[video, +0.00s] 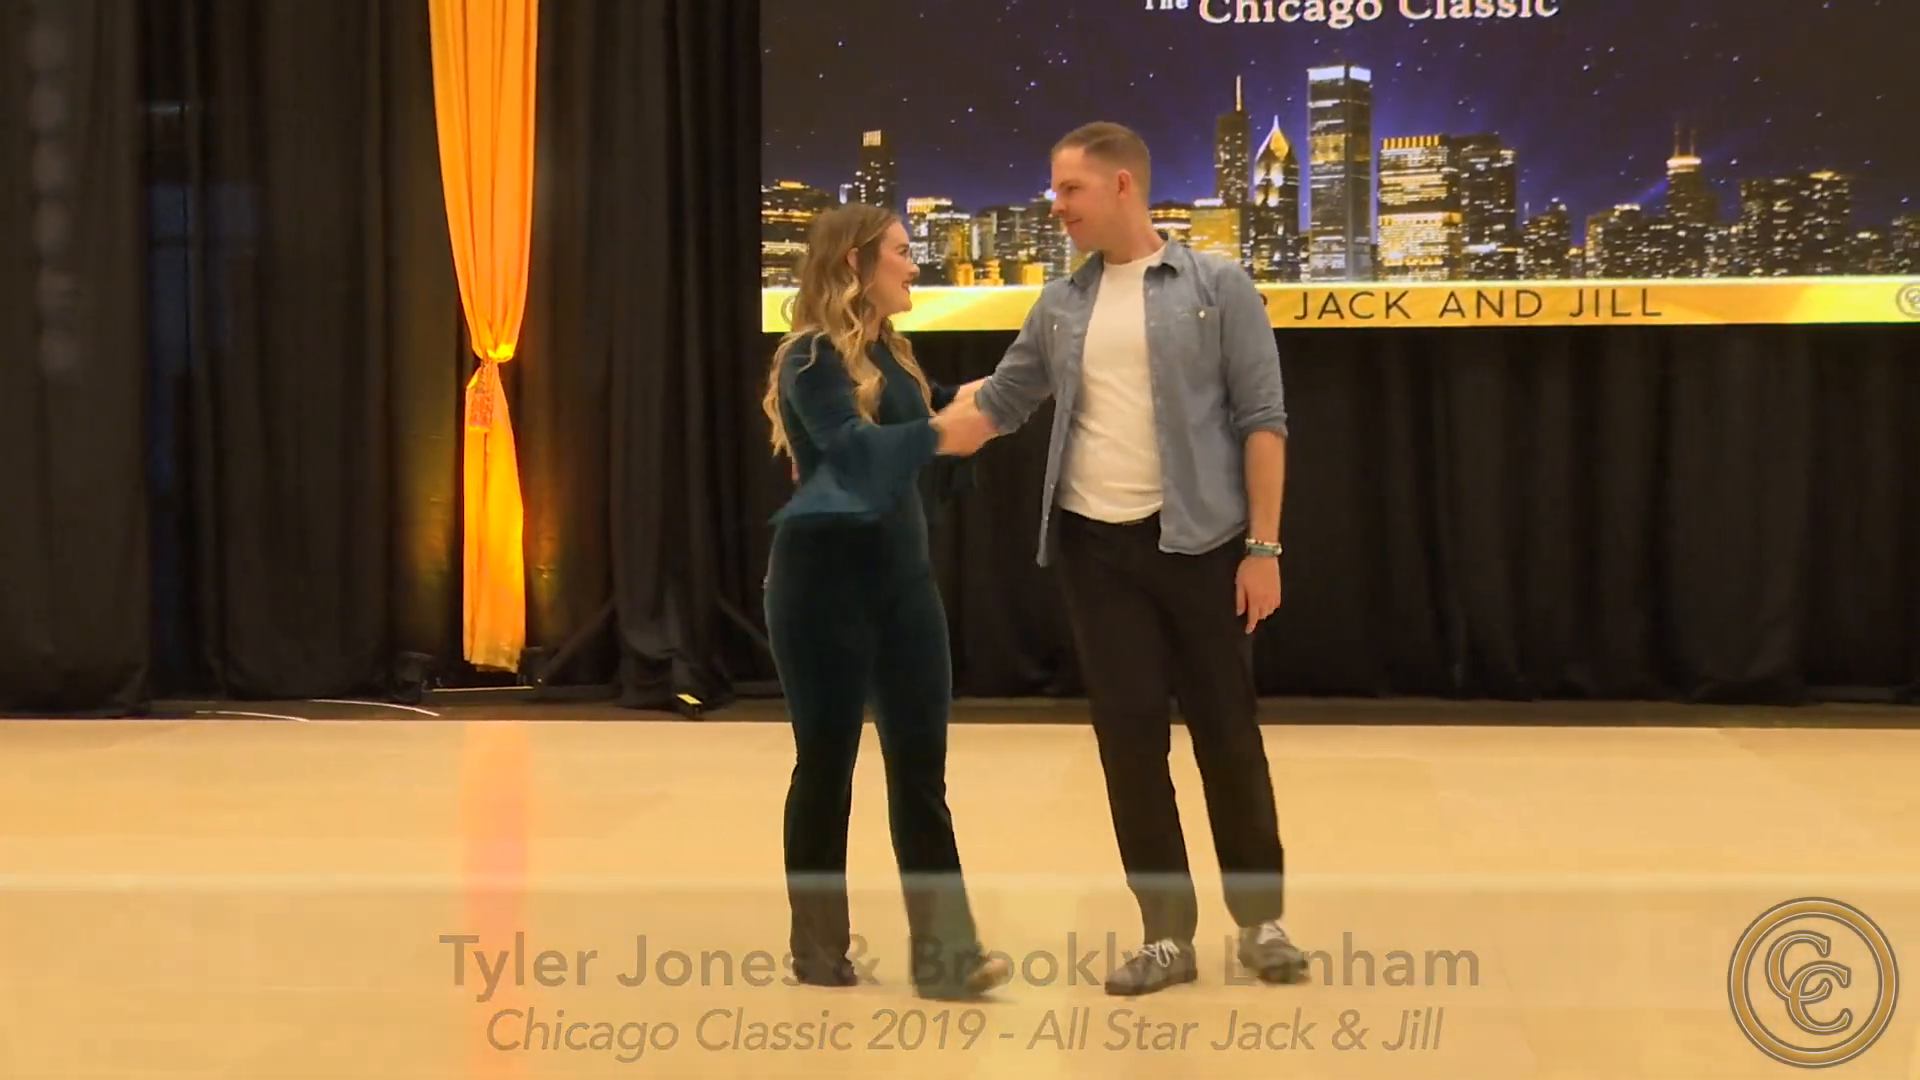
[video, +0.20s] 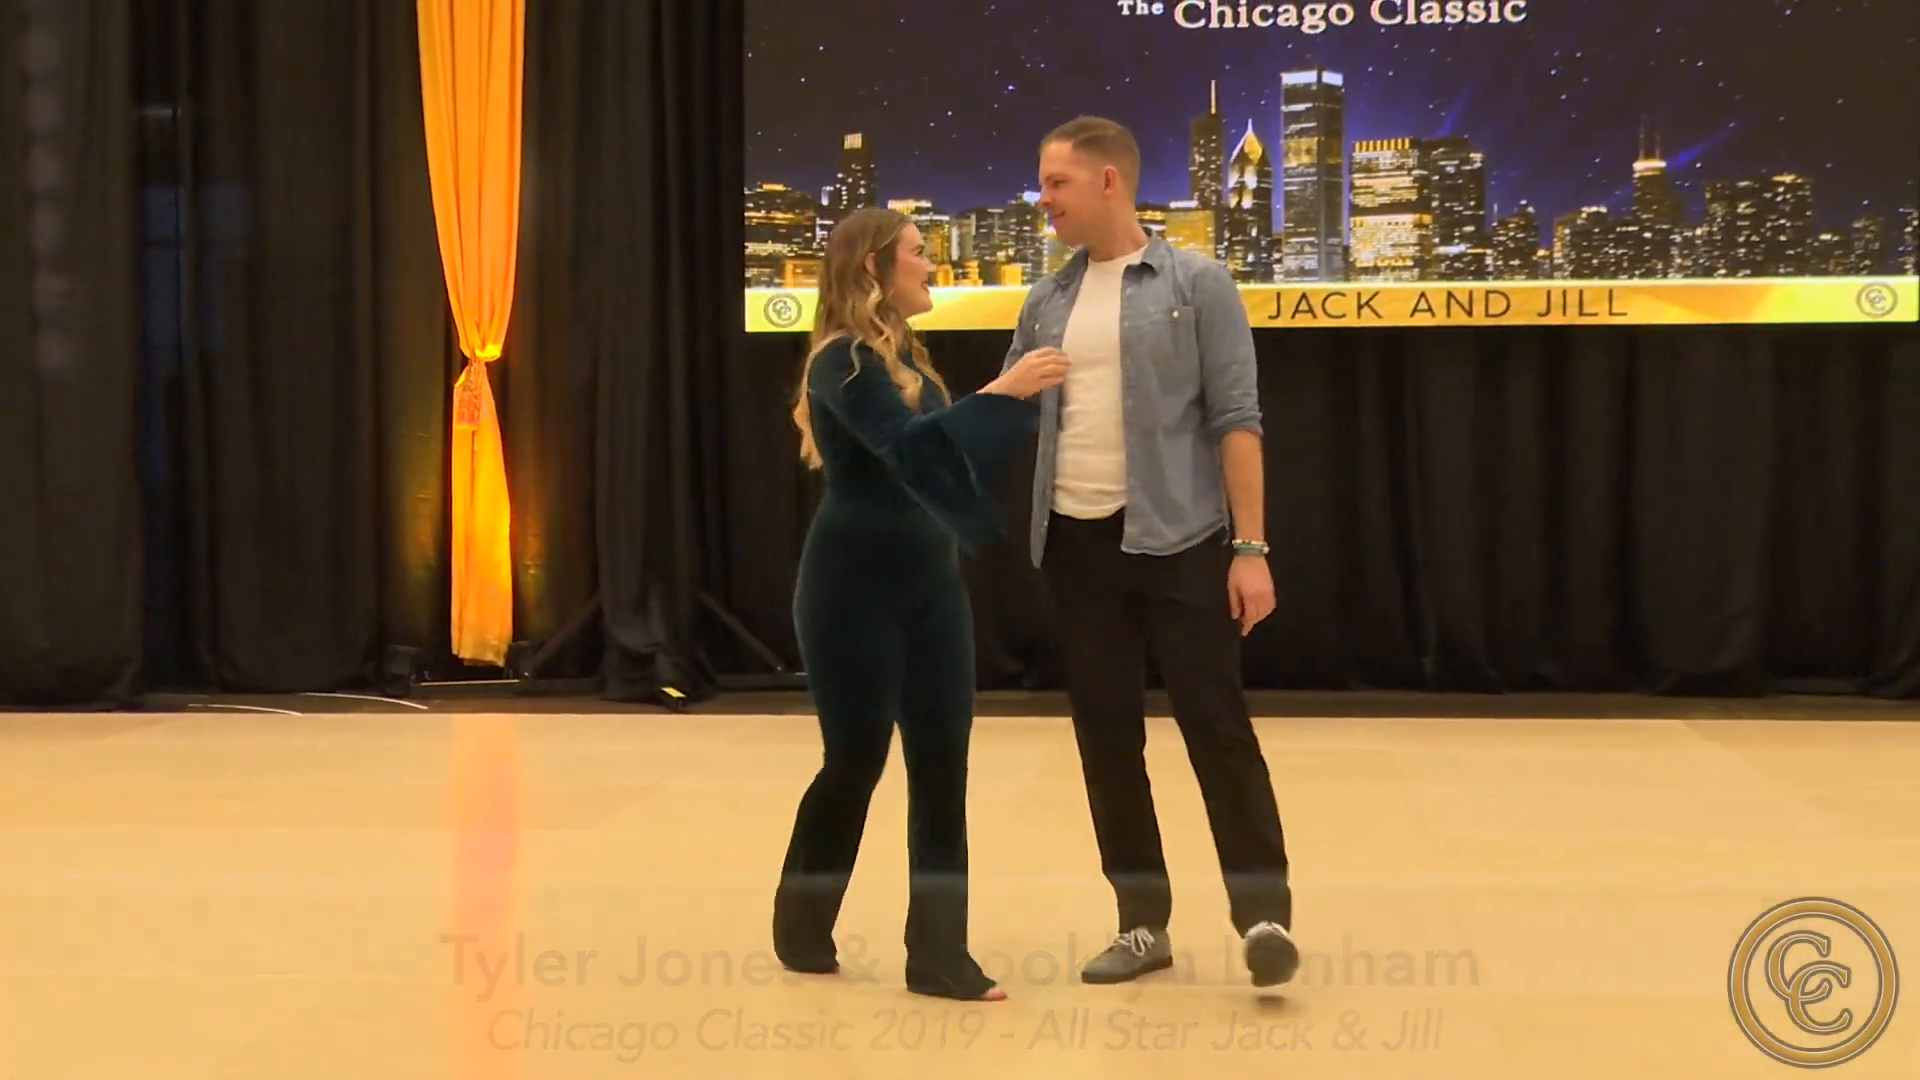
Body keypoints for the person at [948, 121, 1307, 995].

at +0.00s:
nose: (1058, 206)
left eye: (1071, 188)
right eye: (1055, 191)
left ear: (1126, 187)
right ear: (1085, 196)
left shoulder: (1219, 286)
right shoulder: (1063, 299)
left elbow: (1262, 418)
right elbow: (998, 399)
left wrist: (1263, 546)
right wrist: (894, 433)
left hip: (1200, 541)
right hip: (1093, 544)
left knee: (1228, 735)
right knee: (1129, 745)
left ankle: (1260, 923)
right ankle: (1168, 937)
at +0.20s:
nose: (1044, 199)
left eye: (1058, 183)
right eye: (1042, 185)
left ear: (1112, 182)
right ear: (1075, 189)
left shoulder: (1199, 282)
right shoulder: (1045, 300)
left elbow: (1237, 419)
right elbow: (1006, 413)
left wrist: (1251, 548)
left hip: (1181, 536)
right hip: (1075, 541)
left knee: (1215, 723)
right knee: (1106, 737)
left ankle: (1263, 920)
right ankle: (1142, 924)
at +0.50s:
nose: (1026, 201)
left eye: (1039, 185)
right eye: (1026, 187)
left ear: (1095, 189)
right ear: (1071, 193)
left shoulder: (1163, 287)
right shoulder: (1053, 299)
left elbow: (1204, 421)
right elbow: (1021, 423)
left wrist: (1160, 538)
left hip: (1127, 553)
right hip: (1048, 551)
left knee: (1137, 747)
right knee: (1077, 743)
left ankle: (1171, 954)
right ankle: (1112, 917)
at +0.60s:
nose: (1025, 202)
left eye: (1038, 185)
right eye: (1027, 187)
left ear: (1091, 189)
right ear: (1071, 190)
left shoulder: (1154, 282)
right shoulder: (1058, 293)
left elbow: (1183, 416)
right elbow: (1029, 417)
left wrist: (1107, 509)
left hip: (1125, 549)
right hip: (1054, 547)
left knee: (1123, 743)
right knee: (1074, 739)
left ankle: (1157, 963)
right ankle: (1113, 912)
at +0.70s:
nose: (1026, 201)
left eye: (1037, 184)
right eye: (1028, 185)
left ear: (1087, 187)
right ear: (1082, 187)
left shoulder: (1142, 276)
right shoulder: (1069, 294)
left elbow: (1157, 405)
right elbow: (1044, 419)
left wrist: (1043, 459)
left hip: (1121, 540)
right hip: (1063, 541)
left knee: (1106, 734)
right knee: (1066, 729)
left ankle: (1144, 961)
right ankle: (1106, 909)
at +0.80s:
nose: (1025, 196)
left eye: (1035, 179)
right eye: (1028, 180)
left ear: (1080, 180)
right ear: (1080, 182)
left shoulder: (1133, 273)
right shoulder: (1081, 288)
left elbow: (1132, 397)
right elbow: (1046, 402)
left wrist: (997, 405)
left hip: (1112, 539)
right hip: (1063, 540)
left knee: (1095, 727)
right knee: (1044, 717)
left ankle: (1135, 953)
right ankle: (1100, 907)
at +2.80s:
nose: (992, 253)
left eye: (999, 238)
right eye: (988, 240)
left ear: (1045, 225)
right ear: (1034, 231)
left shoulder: (1098, 312)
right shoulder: (1027, 306)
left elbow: (1108, 444)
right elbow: (980, 404)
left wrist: (1020, 381)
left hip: (1079, 539)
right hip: (1035, 533)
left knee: (1067, 711)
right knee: (1053, 707)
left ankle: (1069, 890)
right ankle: (1077, 864)